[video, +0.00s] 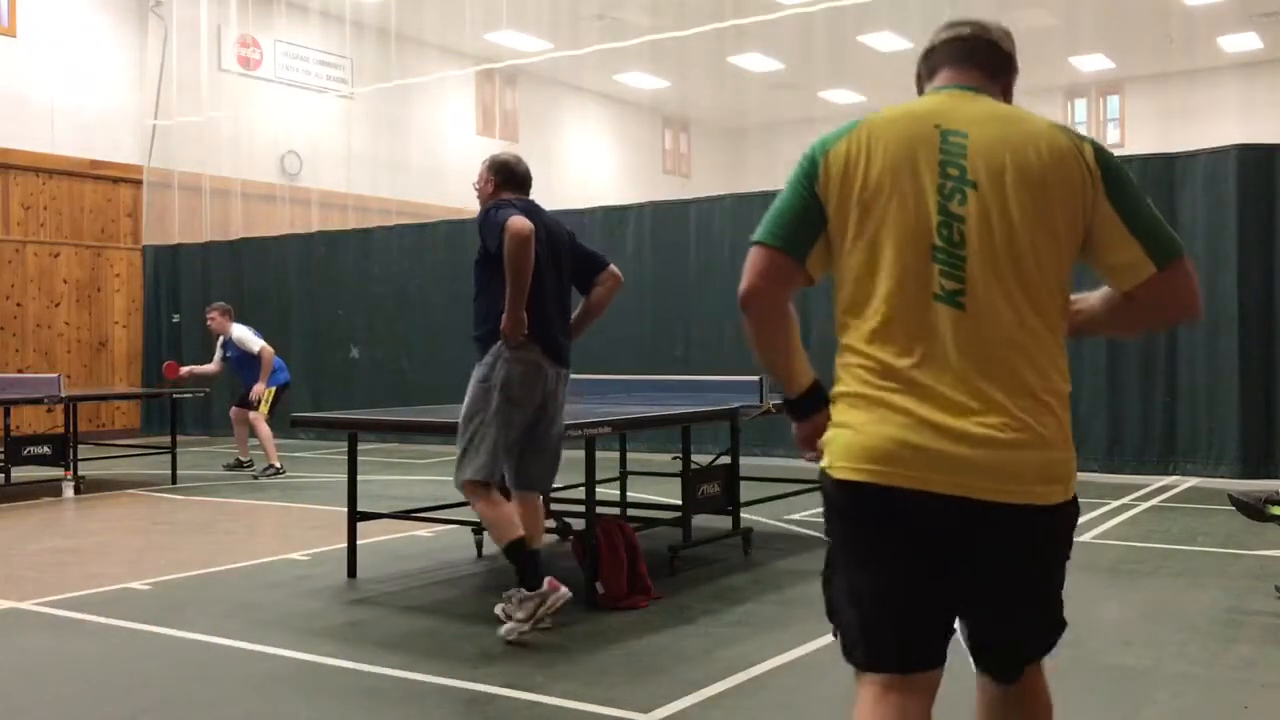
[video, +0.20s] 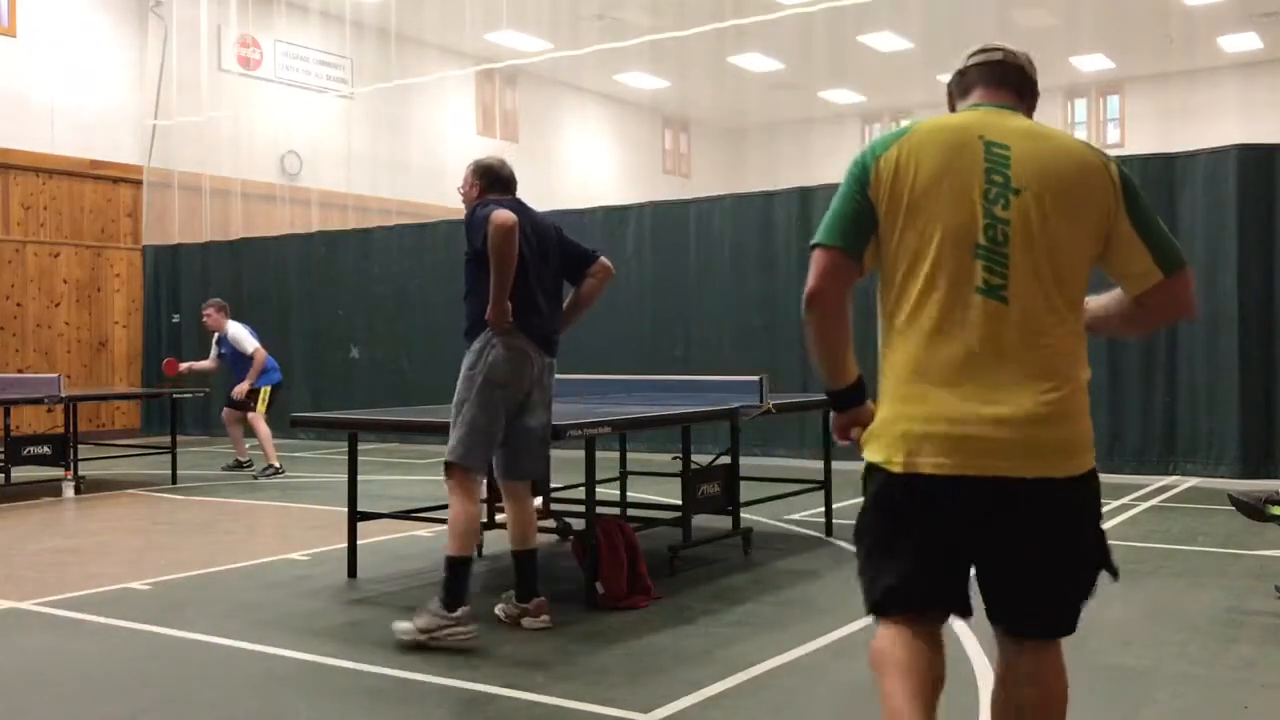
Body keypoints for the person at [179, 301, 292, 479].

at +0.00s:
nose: (208, 323)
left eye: (212, 319)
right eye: (207, 319)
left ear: (225, 318)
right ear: (221, 320)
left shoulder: (239, 333)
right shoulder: (223, 340)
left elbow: (267, 352)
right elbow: (215, 367)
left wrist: (262, 382)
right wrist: (191, 370)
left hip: (274, 379)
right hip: (259, 380)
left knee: (256, 417)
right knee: (237, 414)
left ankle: (275, 464)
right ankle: (244, 460)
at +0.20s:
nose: (204, 320)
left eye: (208, 316)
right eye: (203, 316)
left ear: (221, 315)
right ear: (217, 316)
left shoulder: (235, 331)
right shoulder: (218, 336)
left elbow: (260, 355)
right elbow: (213, 363)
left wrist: (247, 382)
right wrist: (190, 366)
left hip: (266, 378)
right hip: (248, 380)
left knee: (255, 416)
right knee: (229, 415)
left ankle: (274, 464)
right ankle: (243, 460)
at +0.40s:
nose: (200, 317)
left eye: (203, 312)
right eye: (199, 313)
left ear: (217, 311)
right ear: (211, 314)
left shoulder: (234, 329)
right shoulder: (211, 334)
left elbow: (254, 357)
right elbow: (205, 359)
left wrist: (229, 378)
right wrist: (184, 364)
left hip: (260, 374)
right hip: (238, 376)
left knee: (250, 414)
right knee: (225, 416)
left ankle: (267, 461)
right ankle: (242, 460)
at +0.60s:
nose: (196, 324)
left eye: (199, 319)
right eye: (195, 320)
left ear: (213, 316)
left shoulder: (235, 332)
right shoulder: (207, 338)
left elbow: (251, 361)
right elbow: (192, 360)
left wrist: (223, 376)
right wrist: (169, 363)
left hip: (255, 381)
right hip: (232, 381)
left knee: (247, 418)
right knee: (205, 413)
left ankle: (269, 461)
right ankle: (222, 450)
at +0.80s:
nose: (181, 338)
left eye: (184, 334)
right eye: (180, 335)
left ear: (197, 330)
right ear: (191, 332)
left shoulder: (219, 342)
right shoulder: (190, 343)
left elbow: (243, 367)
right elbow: (164, 349)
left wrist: (229, 386)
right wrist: (143, 357)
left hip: (242, 389)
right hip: (219, 389)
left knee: (239, 421)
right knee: (184, 418)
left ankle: (268, 462)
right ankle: (172, 459)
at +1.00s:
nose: (163, 344)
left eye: (166, 341)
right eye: (162, 341)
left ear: (179, 340)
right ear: (168, 341)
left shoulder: (199, 351)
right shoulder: (165, 349)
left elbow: (225, 374)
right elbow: (134, 350)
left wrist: (229, 393)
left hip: (216, 398)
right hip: (190, 400)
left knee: (230, 423)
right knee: (161, 418)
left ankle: (264, 461)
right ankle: (164, 461)